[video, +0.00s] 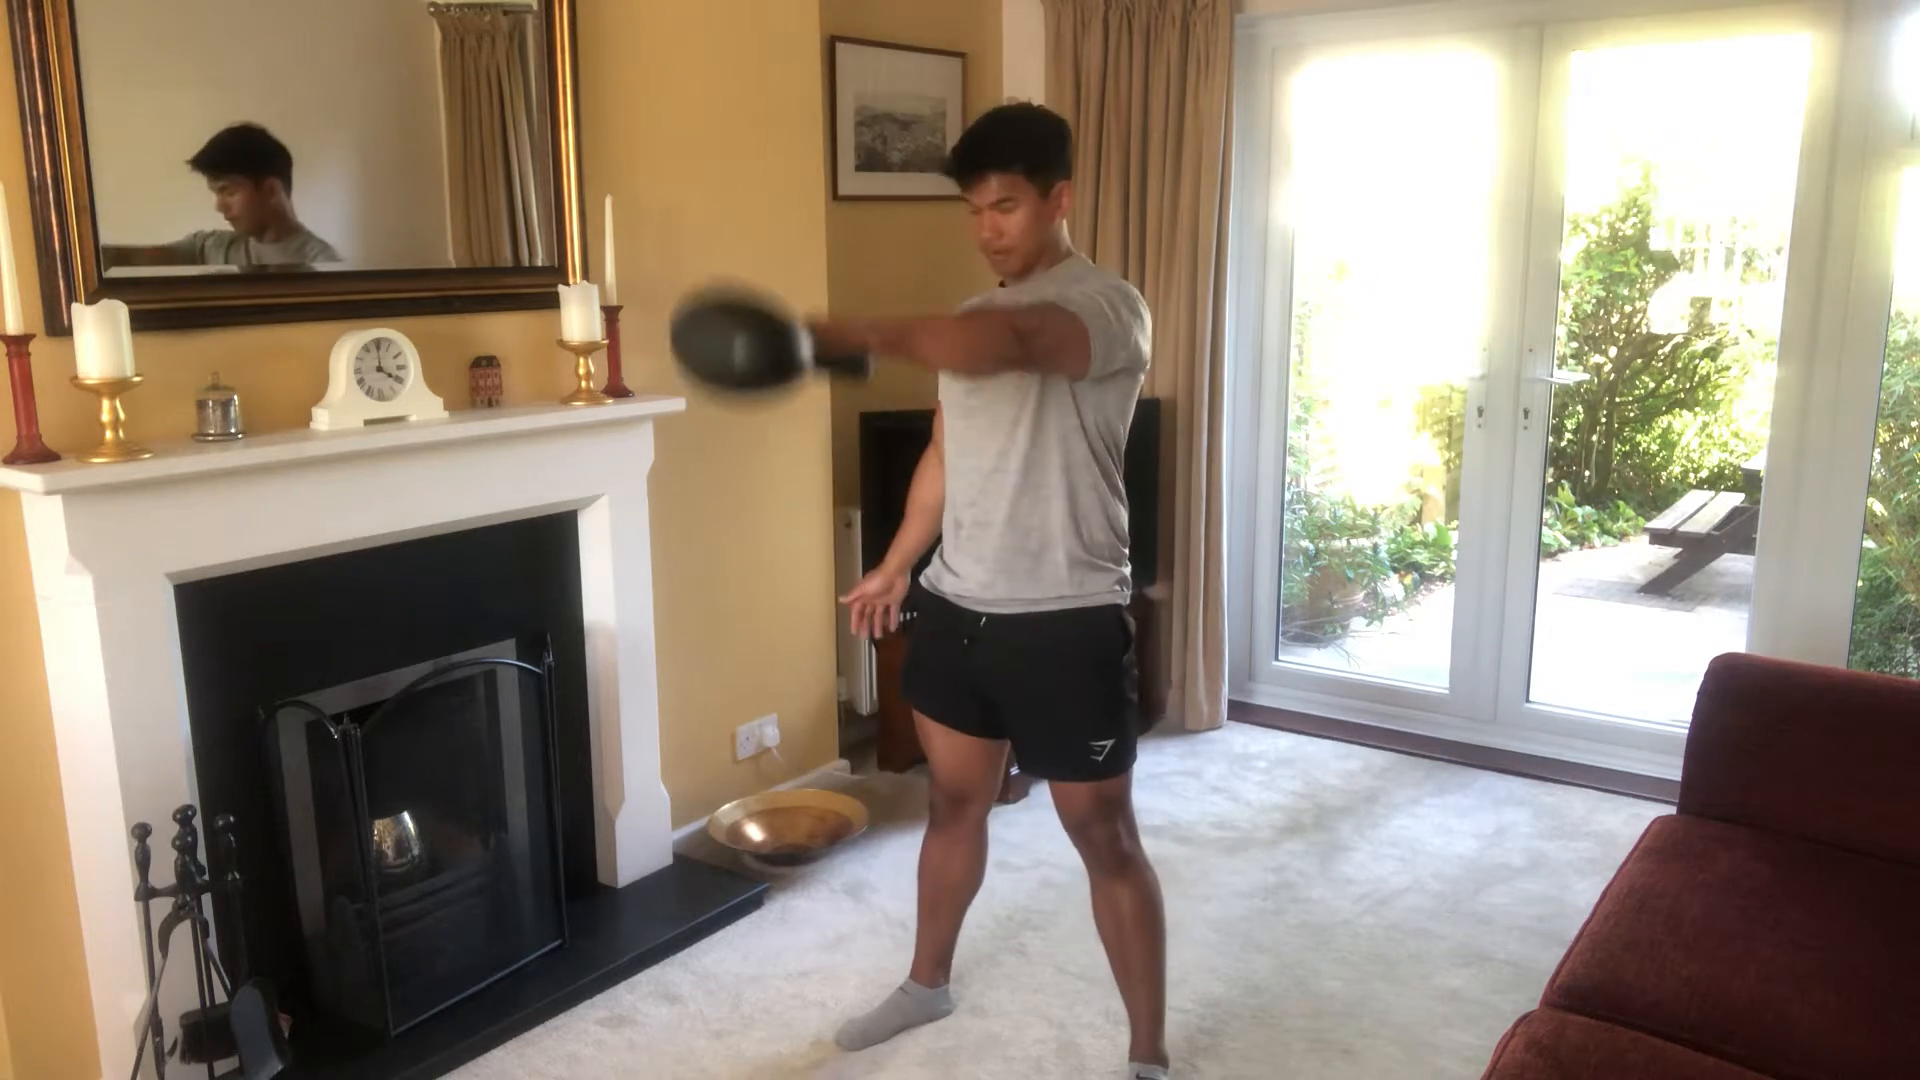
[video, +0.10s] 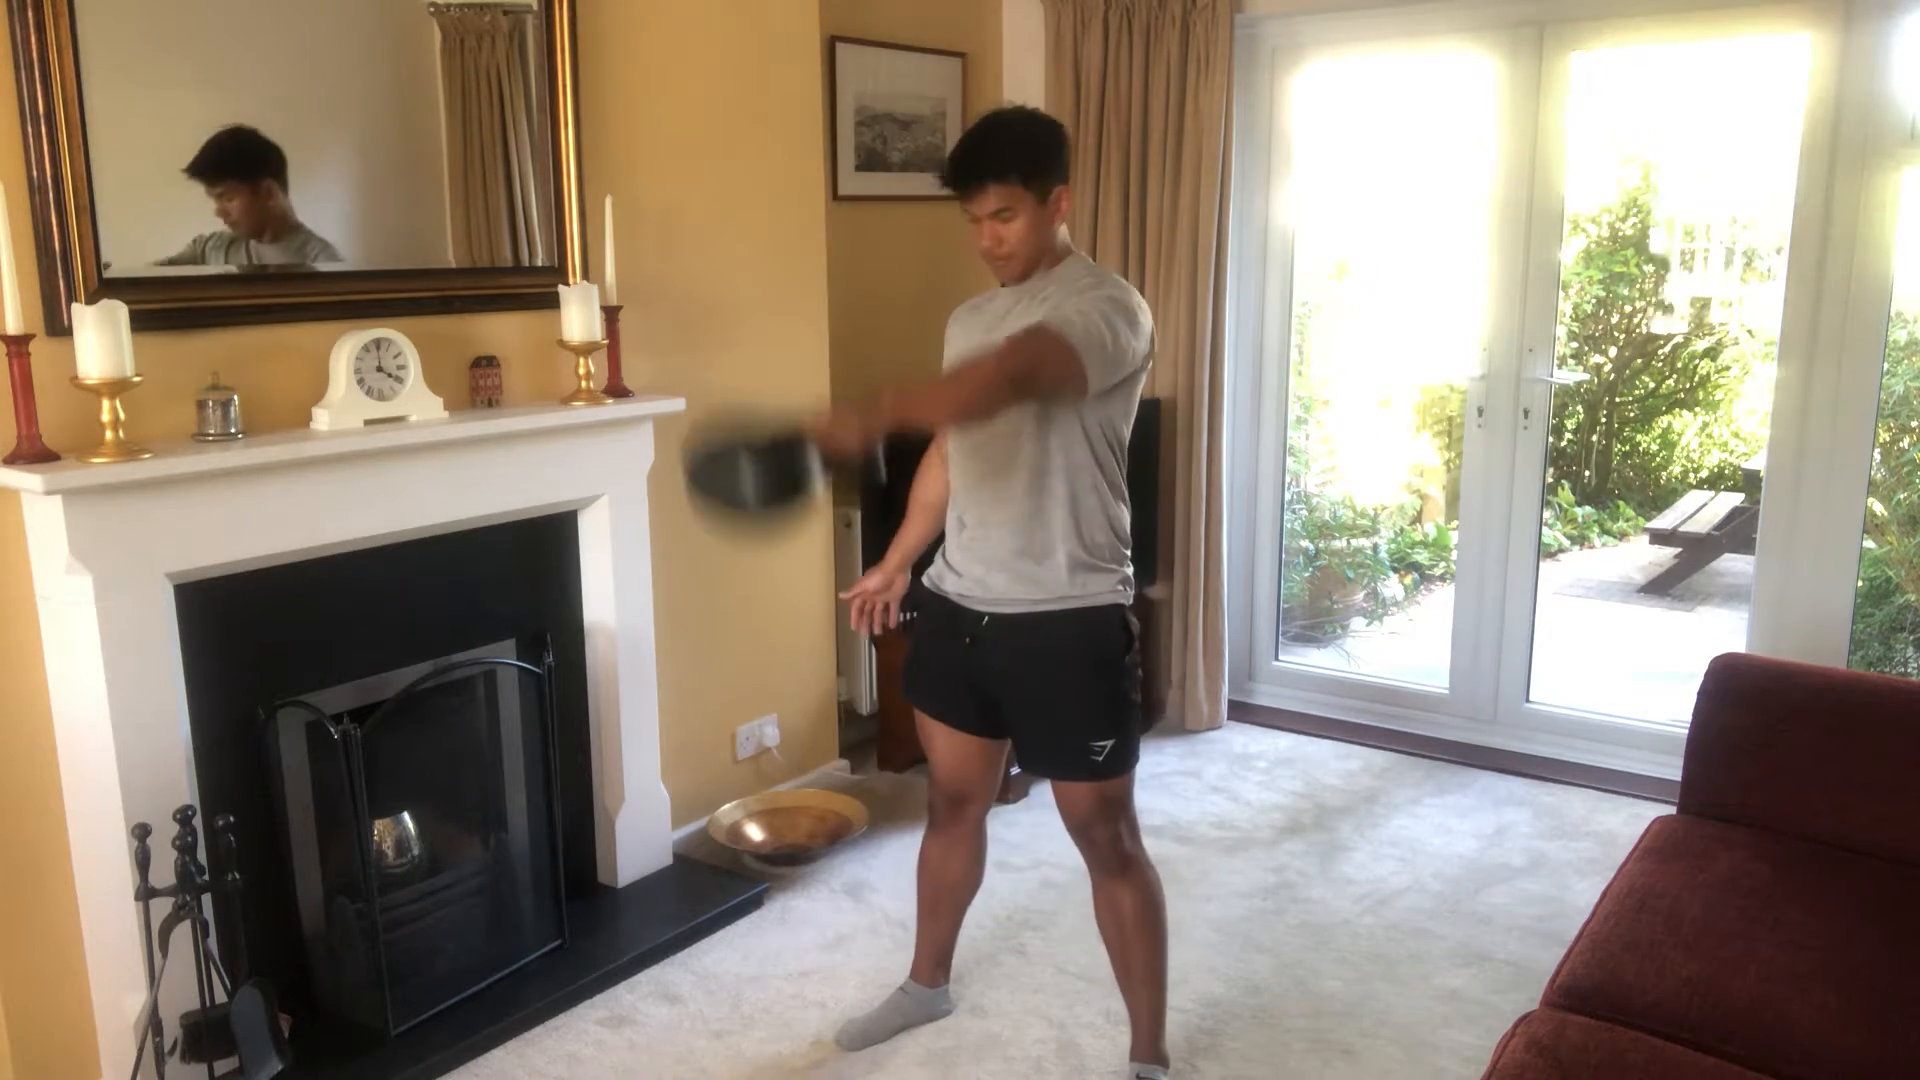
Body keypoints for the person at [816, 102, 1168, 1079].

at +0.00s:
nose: (986, 229)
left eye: (1005, 206)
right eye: (974, 210)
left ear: (1060, 199)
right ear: (967, 209)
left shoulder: (1110, 305)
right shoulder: (968, 320)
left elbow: (1007, 336)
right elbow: (945, 450)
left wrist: (850, 337)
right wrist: (895, 566)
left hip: (1071, 617)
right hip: (956, 606)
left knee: (1104, 837)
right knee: (951, 806)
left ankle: (1148, 1053)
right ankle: (928, 984)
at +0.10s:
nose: (985, 238)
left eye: (1003, 215)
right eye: (974, 219)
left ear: (1059, 203)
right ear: (967, 214)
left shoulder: (1111, 308)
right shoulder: (970, 320)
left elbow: (1022, 372)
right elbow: (948, 453)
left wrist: (884, 412)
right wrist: (896, 561)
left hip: (1072, 619)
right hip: (959, 608)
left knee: (1106, 838)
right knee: (950, 807)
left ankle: (1149, 1054)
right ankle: (927, 984)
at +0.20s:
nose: (972, 256)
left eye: (988, 233)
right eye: (958, 238)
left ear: (1040, 215)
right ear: (944, 230)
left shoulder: (1098, 310)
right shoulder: (961, 319)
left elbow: (1004, 429)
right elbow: (945, 446)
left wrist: (886, 541)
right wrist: (885, 544)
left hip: (1079, 615)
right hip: (967, 604)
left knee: (1104, 836)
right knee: (949, 805)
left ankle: (1149, 1054)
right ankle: (927, 985)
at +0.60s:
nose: (812, 626)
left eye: (810, 609)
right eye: (796, 617)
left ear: (847, 565)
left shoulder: (974, 601)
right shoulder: (857, 488)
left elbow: (1038, 703)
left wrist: (1065, 747)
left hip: (1117, 642)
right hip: (1012, 636)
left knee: (1129, 868)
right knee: (901, 808)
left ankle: (1152, 1062)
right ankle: (924, 985)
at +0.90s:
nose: (829, 462)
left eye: (833, 439)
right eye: (817, 445)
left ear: (884, 406)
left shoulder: (997, 481)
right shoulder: (878, 440)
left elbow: (1031, 634)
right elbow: (897, 512)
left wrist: (1053, 739)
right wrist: (900, 587)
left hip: (1116, 627)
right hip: (1005, 625)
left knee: (1132, 857)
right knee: (920, 798)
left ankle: (1155, 1058)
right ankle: (924, 983)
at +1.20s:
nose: (971, 239)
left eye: (988, 216)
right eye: (958, 220)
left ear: (1042, 204)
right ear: (948, 220)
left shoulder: (1104, 310)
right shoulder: (952, 325)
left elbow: (1014, 419)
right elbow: (918, 452)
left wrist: (900, 520)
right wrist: (869, 549)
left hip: (1081, 612)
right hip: (968, 602)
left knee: (1110, 835)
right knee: (958, 803)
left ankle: (1152, 1054)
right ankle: (927, 982)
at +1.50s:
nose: (982, 225)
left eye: (1001, 201)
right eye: (970, 207)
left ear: (1057, 199)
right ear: (965, 210)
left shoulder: (1110, 303)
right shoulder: (964, 322)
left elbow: (1012, 324)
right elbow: (939, 460)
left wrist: (865, 315)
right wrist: (881, 579)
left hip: (1073, 617)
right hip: (961, 610)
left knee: (1107, 837)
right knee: (953, 806)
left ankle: (1150, 1055)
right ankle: (927, 982)